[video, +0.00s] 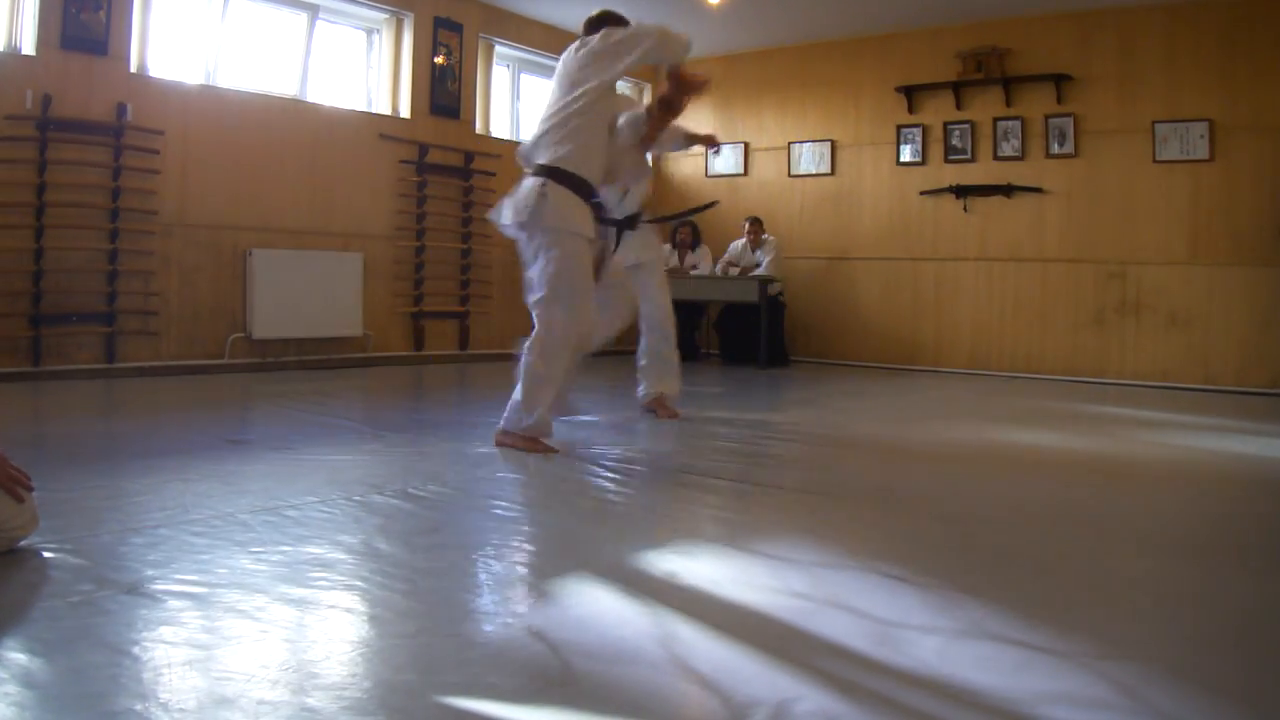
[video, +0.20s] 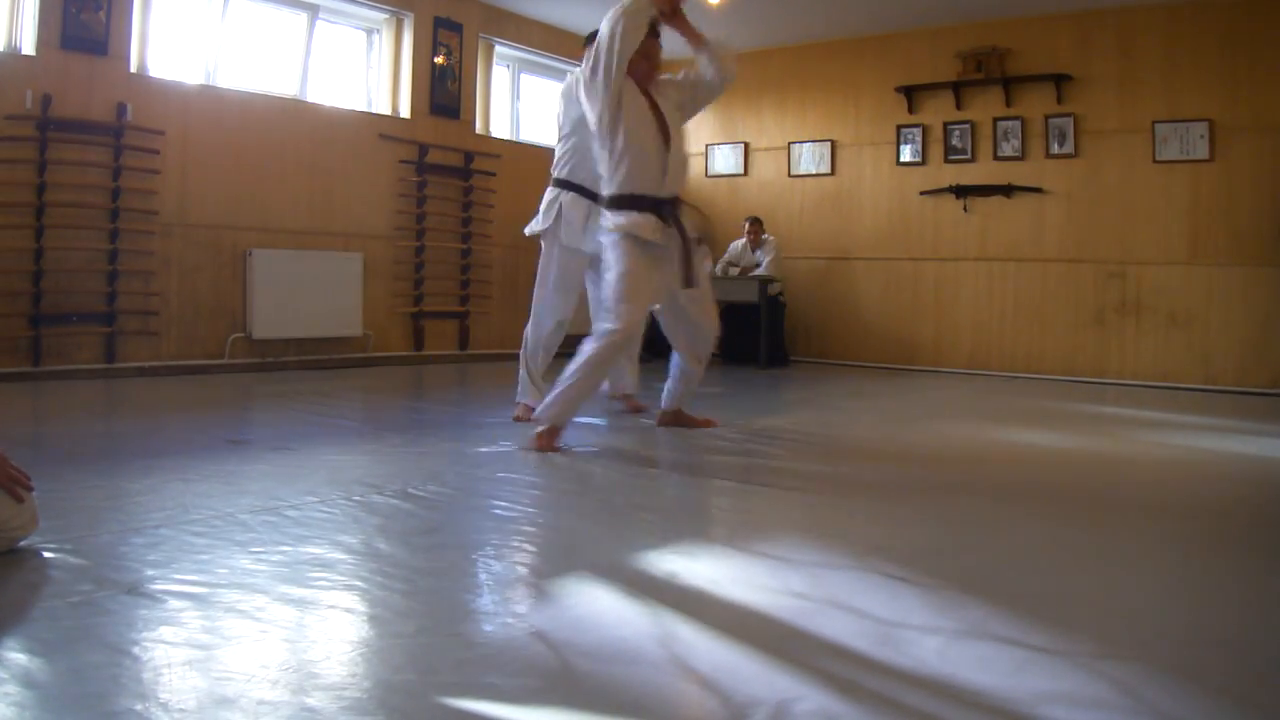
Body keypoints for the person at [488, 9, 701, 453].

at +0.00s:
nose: (625, 46)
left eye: (624, 38)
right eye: (621, 37)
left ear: (599, 35)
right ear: (601, 35)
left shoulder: (603, 99)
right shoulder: (582, 56)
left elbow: (642, 129)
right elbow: (650, 37)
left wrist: (681, 131)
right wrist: (678, 60)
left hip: (576, 210)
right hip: (554, 200)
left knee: (608, 311)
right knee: (561, 316)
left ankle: (541, 356)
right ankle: (520, 426)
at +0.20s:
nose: (616, 60)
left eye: (620, 52)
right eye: (607, 51)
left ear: (619, 55)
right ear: (591, 52)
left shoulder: (629, 92)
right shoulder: (578, 83)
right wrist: (643, 13)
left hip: (613, 212)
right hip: (570, 205)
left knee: (617, 306)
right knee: (552, 307)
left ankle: (621, 389)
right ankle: (529, 396)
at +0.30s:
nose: (615, 58)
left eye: (618, 52)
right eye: (606, 50)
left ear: (620, 57)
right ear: (590, 52)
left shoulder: (621, 95)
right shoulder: (572, 81)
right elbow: (605, 60)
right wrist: (629, 23)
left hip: (602, 217)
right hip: (564, 208)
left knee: (610, 312)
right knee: (553, 308)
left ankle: (583, 392)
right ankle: (524, 394)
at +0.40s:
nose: (607, 73)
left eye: (612, 66)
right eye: (599, 65)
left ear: (615, 72)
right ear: (580, 68)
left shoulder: (612, 112)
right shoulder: (564, 101)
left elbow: (608, 163)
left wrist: (631, 179)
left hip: (593, 227)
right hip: (556, 220)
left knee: (601, 315)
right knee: (557, 307)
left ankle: (577, 392)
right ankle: (520, 387)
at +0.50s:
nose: (594, 97)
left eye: (600, 90)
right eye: (587, 89)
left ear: (606, 88)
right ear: (568, 83)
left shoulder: (606, 113)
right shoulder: (553, 126)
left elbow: (615, 160)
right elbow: (567, 182)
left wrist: (643, 180)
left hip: (590, 233)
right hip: (549, 229)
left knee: (598, 317)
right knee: (558, 307)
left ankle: (580, 394)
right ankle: (526, 381)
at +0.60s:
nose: (593, 151)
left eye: (598, 143)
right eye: (587, 143)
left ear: (604, 136)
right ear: (565, 135)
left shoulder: (597, 140)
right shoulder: (544, 168)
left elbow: (607, 147)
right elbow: (570, 234)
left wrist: (618, 169)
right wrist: (607, 279)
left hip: (577, 235)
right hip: (535, 237)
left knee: (591, 319)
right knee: (553, 320)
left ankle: (582, 396)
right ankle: (534, 398)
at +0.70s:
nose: (597, 234)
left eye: (603, 228)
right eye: (593, 229)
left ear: (611, 192)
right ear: (572, 209)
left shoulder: (589, 163)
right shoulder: (544, 217)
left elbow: (560, 117)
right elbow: (575, 266)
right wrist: (610, 279)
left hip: (566, 236)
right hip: (520, 235)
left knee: (588, 283)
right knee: (545, 326)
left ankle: (582, 348)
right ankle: (531, 399)